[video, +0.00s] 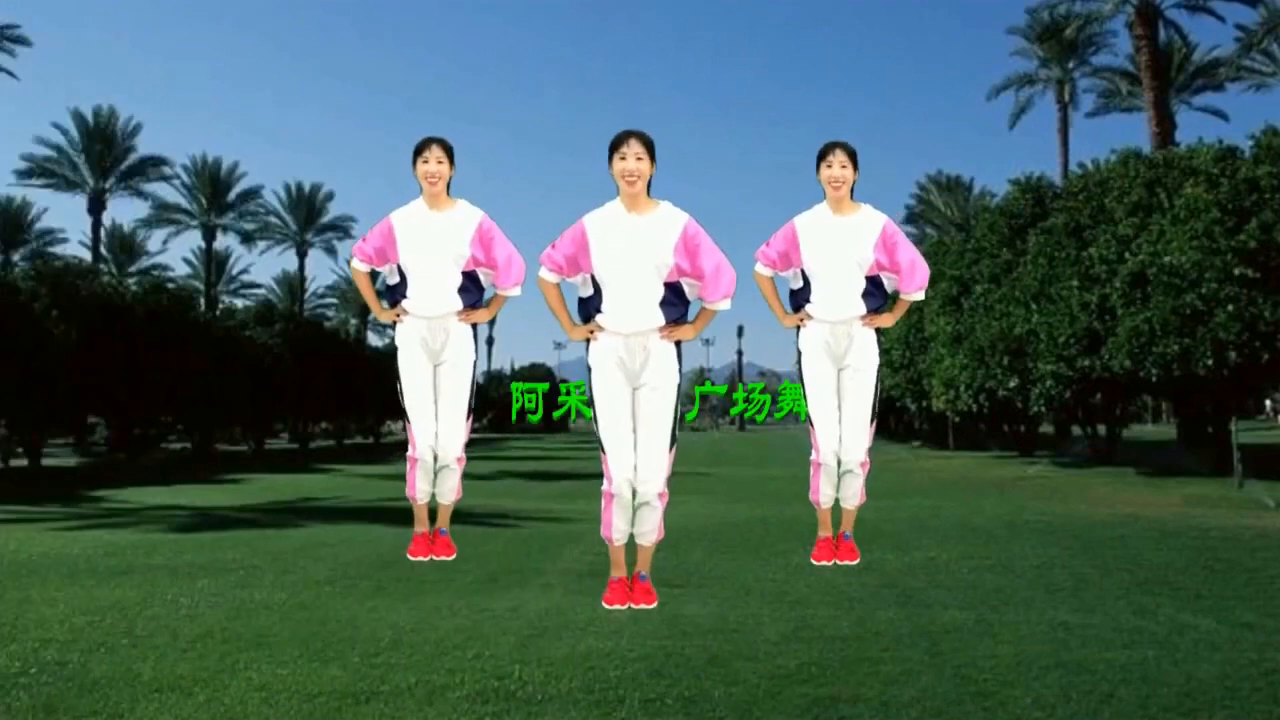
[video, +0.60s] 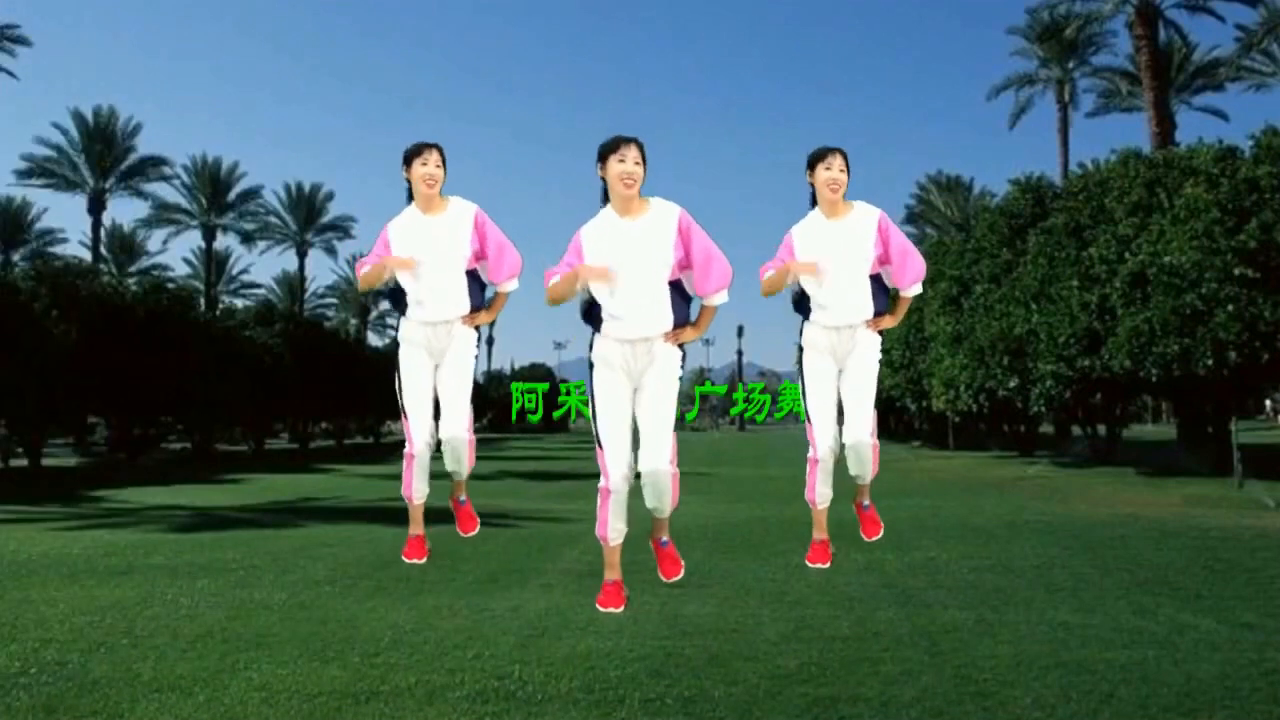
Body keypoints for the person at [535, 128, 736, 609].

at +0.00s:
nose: (631, 165)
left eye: (639, 157)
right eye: (622, 158)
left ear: (652, 167)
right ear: (611, 168)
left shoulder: (675, 222)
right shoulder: (594, 224)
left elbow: (722, 277)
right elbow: (547, 272)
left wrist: (694, 327)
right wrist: (571, 326)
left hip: (659, 349)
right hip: (608, 348)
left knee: (652, 465)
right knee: (618, 465)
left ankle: (643, 573)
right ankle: (618, 573)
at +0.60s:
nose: (630, 168)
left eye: (636, 162)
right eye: (620, 161)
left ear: (645, 172)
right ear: (603, 172)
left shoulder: (671, 218)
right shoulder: (591, 233)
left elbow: (716, 272)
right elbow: (553, 294)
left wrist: (698, 327)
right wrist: (578, 276)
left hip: (661, 349)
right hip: (611, 350)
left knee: (657, 463)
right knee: (616, 465)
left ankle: (661, 536)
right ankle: (611, 574)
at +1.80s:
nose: (658, 156)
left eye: (666, 149)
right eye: (649, 148)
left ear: (677, 157)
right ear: (632, 155)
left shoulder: (701, 199)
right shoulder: (622, 203)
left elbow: (743, 249)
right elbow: (676, 212)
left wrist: (731, 296)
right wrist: (710, 158)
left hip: (704, 320)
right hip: (655, 324)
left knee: (715, 451)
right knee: (652, 459)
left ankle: (726, 560)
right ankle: (630, 573)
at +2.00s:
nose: (665, 173)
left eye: (672, 166)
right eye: (655, 166)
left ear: (681, 174)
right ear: (639, 174)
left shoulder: (704, 221)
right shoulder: (630, 224)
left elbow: (752, 272)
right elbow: (683, 244)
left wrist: (730, 324)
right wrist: (745, 219)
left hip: (709, 353)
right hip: (658, 355)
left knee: (715, 471)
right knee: (660, 477)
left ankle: (725, 566)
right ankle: (629, 577)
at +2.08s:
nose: (662, 151)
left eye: (670, 143)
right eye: (653, 143)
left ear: (681, 151)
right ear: (639, 151)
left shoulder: (705, 200)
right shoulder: (629, 199)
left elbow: (746, 250)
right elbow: (674, 233)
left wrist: (727, 301)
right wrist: (744, 233)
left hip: (702, 328)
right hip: (651, 329)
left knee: (715, 451)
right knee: (647, 456)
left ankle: (724, 561)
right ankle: (625, 572)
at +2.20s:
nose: (660, 138)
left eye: (668, 130)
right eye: (651, 130)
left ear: (680, 137)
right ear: (636, 137)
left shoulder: (705, 189)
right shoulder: (624, 183)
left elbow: (739, 248)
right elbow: (645, 242)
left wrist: (717, 285)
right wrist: (701, 279)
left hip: (688, 314)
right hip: (638, 312)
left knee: (696, 449)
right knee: (631, 444)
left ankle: (688, 501)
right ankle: (620, 562)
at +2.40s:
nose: (654, 183)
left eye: (661, 175)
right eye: (644, 176)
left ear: (674, 183)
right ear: (633, 185)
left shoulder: (699, 239)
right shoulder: (620, 243)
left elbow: (728, 305)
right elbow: (581, 308)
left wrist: (705, 351)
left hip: (674, 364)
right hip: (625, 359)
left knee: (663, 489)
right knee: (624, 475)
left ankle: (627, 463)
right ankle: (621, 575)